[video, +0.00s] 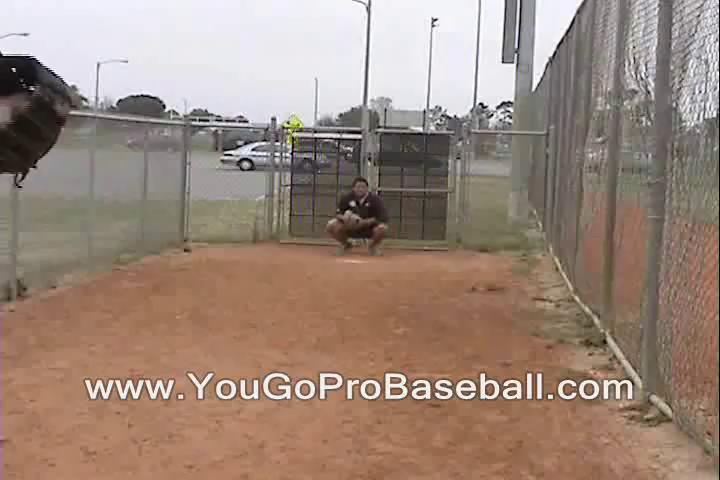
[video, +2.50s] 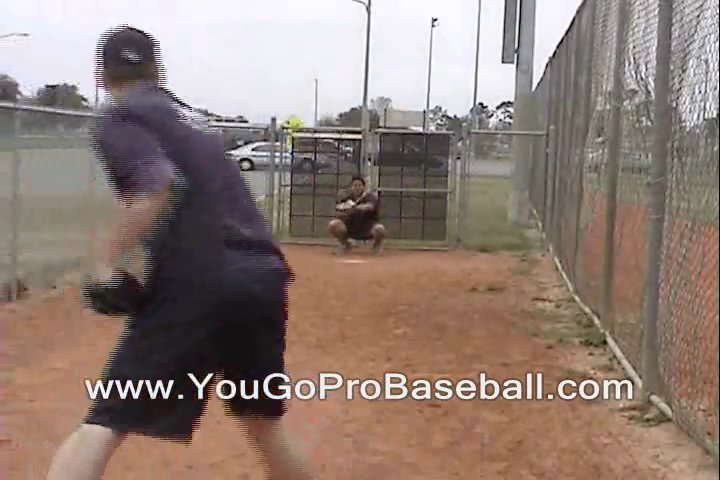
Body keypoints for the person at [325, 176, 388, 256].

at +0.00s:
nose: (360, 189)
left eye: (363, 187)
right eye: (358, 187)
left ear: (367, 189)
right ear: (353, 188)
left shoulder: (374, 199)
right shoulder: (346, 199)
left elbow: (382, 218)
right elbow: (338, 213)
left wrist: (363, 222)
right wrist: (345, 219)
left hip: (367, 227)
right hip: (350, 226)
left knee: (381, 229)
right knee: (332, 226)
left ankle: (373, 246)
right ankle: (346, 245)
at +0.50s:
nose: (359, 189)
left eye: (362, 186)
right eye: (357, 186)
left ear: (366, 188)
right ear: (353, 188)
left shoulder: (373, 199)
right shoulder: (346, 197)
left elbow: (379, 218)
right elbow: (338, 214)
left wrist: (360, 220)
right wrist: (345, 219)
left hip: (366, 227)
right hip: (349, 226)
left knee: (381, 229)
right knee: (332, 226)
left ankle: (374, 246)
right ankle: (345, 244)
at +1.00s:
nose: (360, 189)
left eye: (362, 186)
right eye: (357, 186)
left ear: (367, 188)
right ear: (353, 188)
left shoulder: (374, 200)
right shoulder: (346, 199)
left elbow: (379, 219)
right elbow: (338, 215)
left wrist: (363, 221)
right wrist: (346, 217)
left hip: (366, 227)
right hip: (350, 227)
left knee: (381, 229)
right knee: (331, 226)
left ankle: (375, 246)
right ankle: (344, 244)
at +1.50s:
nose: (360, 187)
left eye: (363, 184)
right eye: (358, 184)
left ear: (367, 186)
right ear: (353, 186)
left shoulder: (372, 199)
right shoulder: (346, 198)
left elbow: (379, 215)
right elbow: (338, 214)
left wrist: (364, 212)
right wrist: (346, 214)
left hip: (366, 227)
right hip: (350, 227)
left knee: (378, 230)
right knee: (333, 226)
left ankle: (374, 246)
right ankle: (345, 244)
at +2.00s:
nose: (361, 186)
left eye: (364, 183)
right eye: (358, 183)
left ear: (367, 185)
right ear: (354, 185)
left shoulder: (373, 199)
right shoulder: (346, 197)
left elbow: (378, 217)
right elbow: (338, 213)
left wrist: (364, 208)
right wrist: (350, 206)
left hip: (365, 227)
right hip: (349, 226)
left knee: (376, 231)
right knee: (332, 225)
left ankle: (376, 245)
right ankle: (346, 244)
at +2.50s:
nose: (357, 188)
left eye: (359, 185)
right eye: (354, 185)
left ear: (364, 187)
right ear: (351, 187)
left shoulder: (371, 197)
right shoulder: (347, 197)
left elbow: (370, 207)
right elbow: (338, 209)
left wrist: (354, 208)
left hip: (366, 227)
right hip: (350, 227)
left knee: (379, 229)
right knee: (334, 225)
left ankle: (377, 245)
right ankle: (346, 244)